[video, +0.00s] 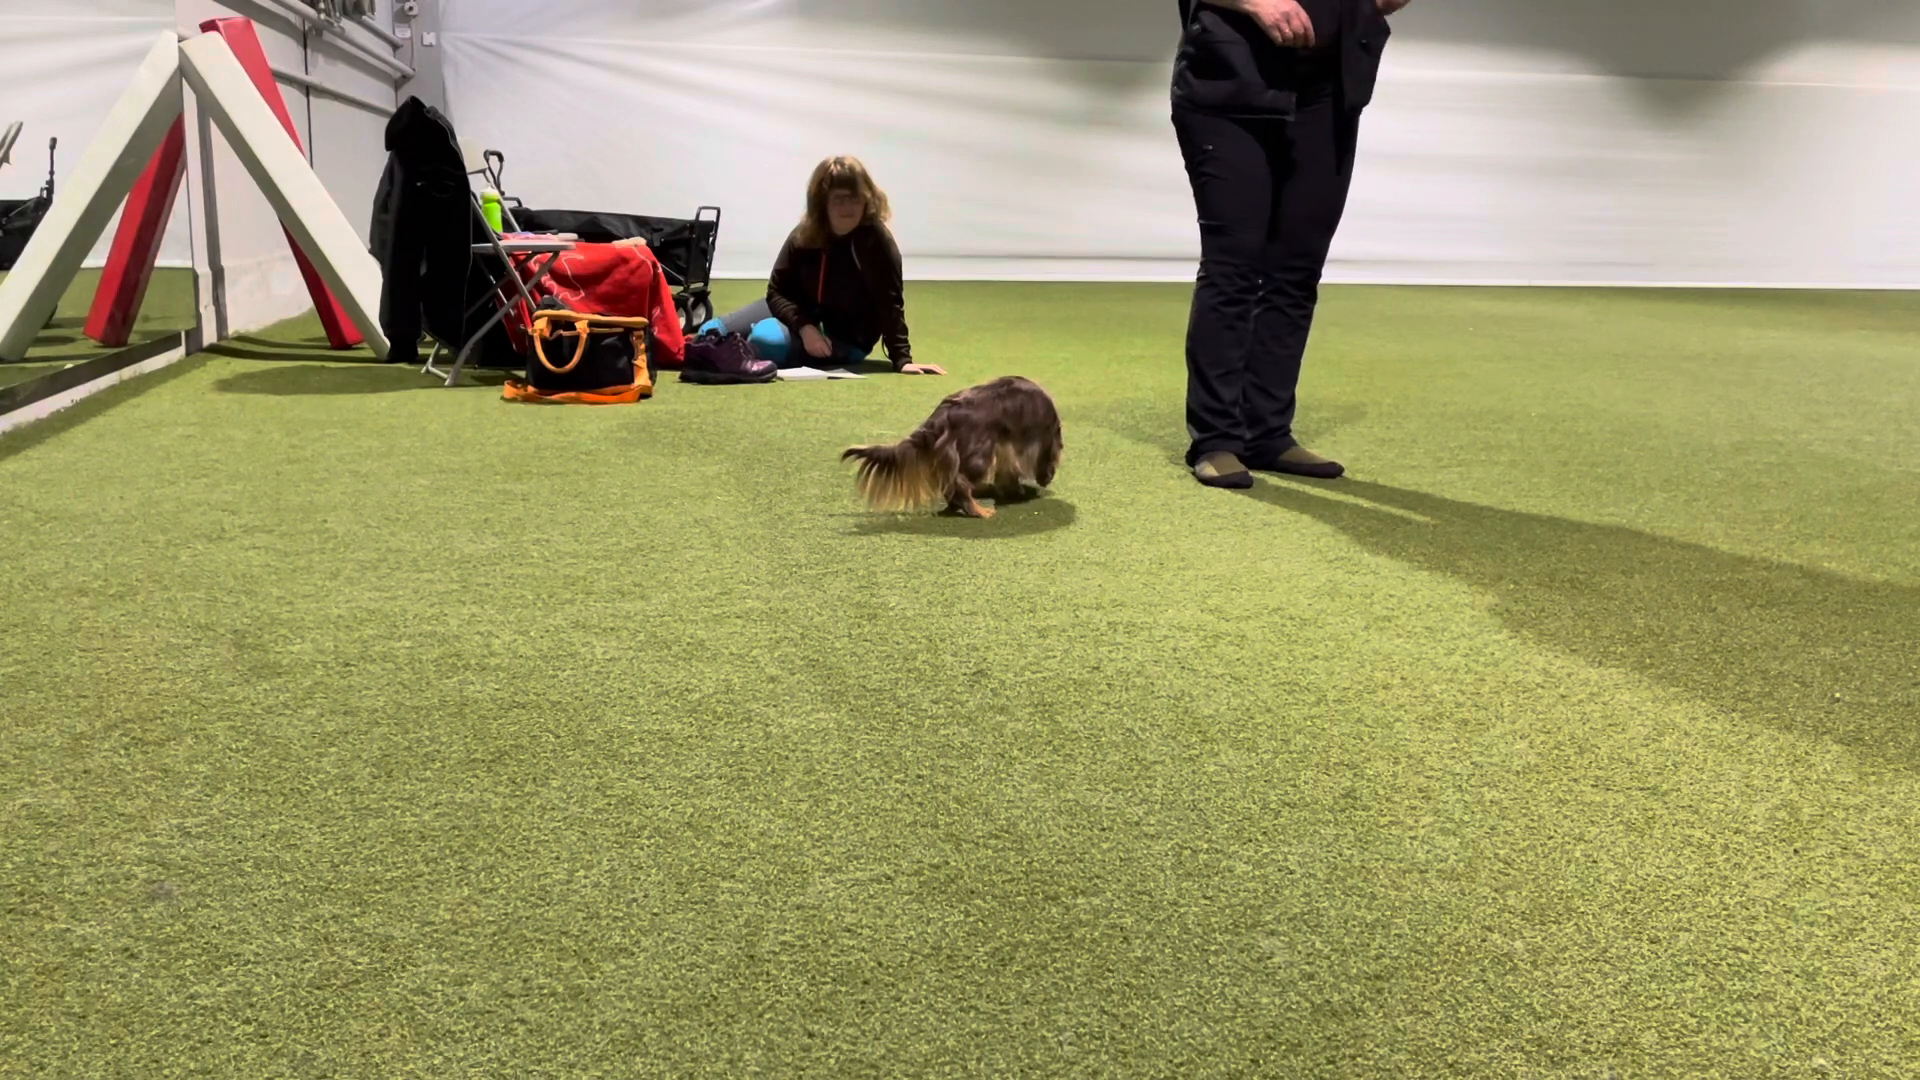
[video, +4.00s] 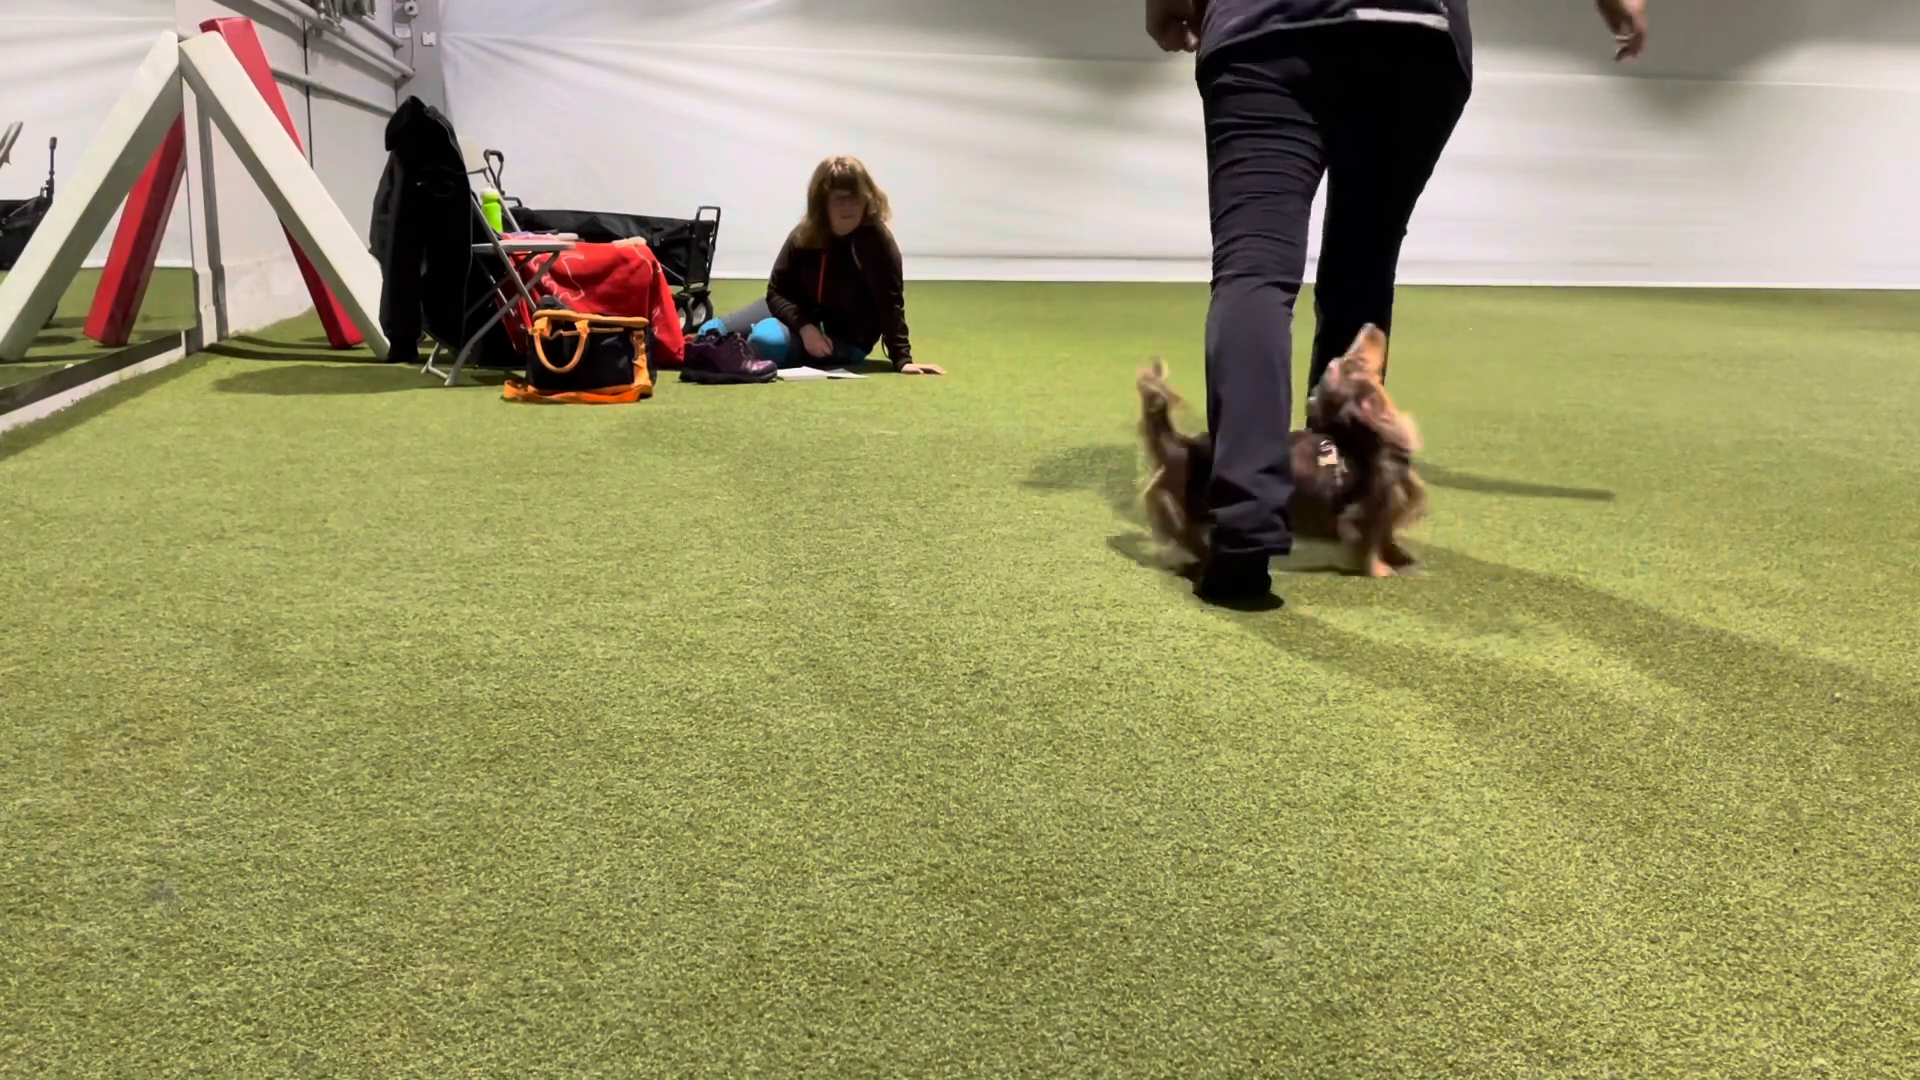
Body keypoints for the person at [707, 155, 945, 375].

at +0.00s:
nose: (847, 205)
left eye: (854, 197)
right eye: (838, 198)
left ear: (866, 200)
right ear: (822, 201)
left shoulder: (878, 243)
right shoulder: (804, 237)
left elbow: (891, 302)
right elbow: (777, 292)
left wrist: (902, 360)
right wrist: (804, 328)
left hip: (842, 337)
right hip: (796, 313)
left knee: (764, 336)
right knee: (712, 331)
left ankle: (732, 346)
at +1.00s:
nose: (847, 205)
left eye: (854, 197)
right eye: (838, 198)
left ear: (866, 200)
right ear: (822, 202)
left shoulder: (877, 242)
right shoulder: (804, 237)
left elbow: (891, 302)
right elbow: (777, 292)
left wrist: (902, 360)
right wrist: (804, 328)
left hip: (842, 337)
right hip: (796, 313)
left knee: (765, 336)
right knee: (711, 332)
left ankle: (731, 345)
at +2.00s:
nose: (848, 206)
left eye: (855, 197)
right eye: (839, 198)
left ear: (867, 200)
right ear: (823, 201)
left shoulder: (878, 242)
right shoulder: (804, 237)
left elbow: (892, 302)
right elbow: (777, 292)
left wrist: (902, 360)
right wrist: (804, 327)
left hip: (841, 337)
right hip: (795, 312)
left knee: (765, 337)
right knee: (711, 332)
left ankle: (732, 344)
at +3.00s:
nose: (847, 205)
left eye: (855, 196)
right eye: (838, 198)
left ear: (866, 200)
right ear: (822, 201)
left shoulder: (877, 242)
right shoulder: (804, 237)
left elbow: (891, 302)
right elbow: (777, 292)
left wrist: (902, 360)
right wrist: (804, 327)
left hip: (842, 338)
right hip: (796, 313)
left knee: (765, 337)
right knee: (712, 331)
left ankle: (732, 346)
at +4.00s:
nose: (847, 206)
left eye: (855, 196)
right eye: (838, 198)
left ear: (867, 200)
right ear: (822, 201)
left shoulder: (877, 241)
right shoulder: (804, 237)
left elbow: (891, 301)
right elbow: (777, 292)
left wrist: (902, 360)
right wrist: (804, 327)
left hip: (842, 338)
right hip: (795, 313)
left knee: (765, 336)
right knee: (712, 331)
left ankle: (732, 346)